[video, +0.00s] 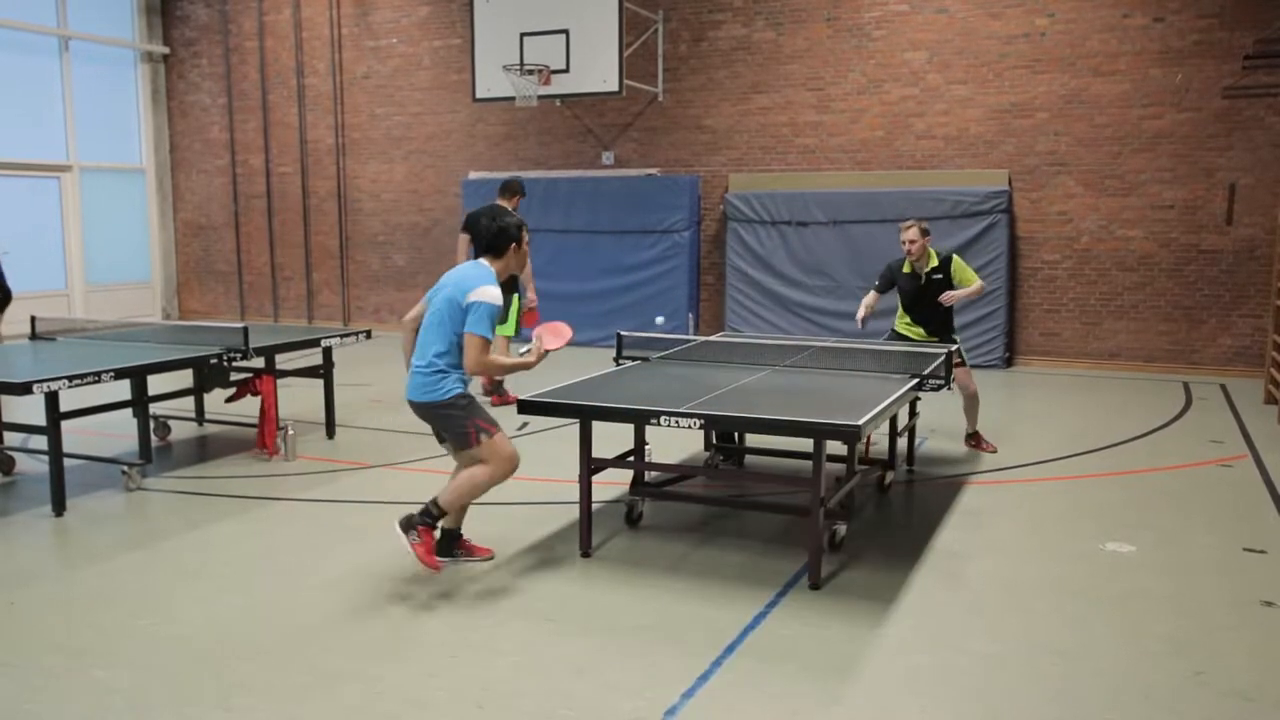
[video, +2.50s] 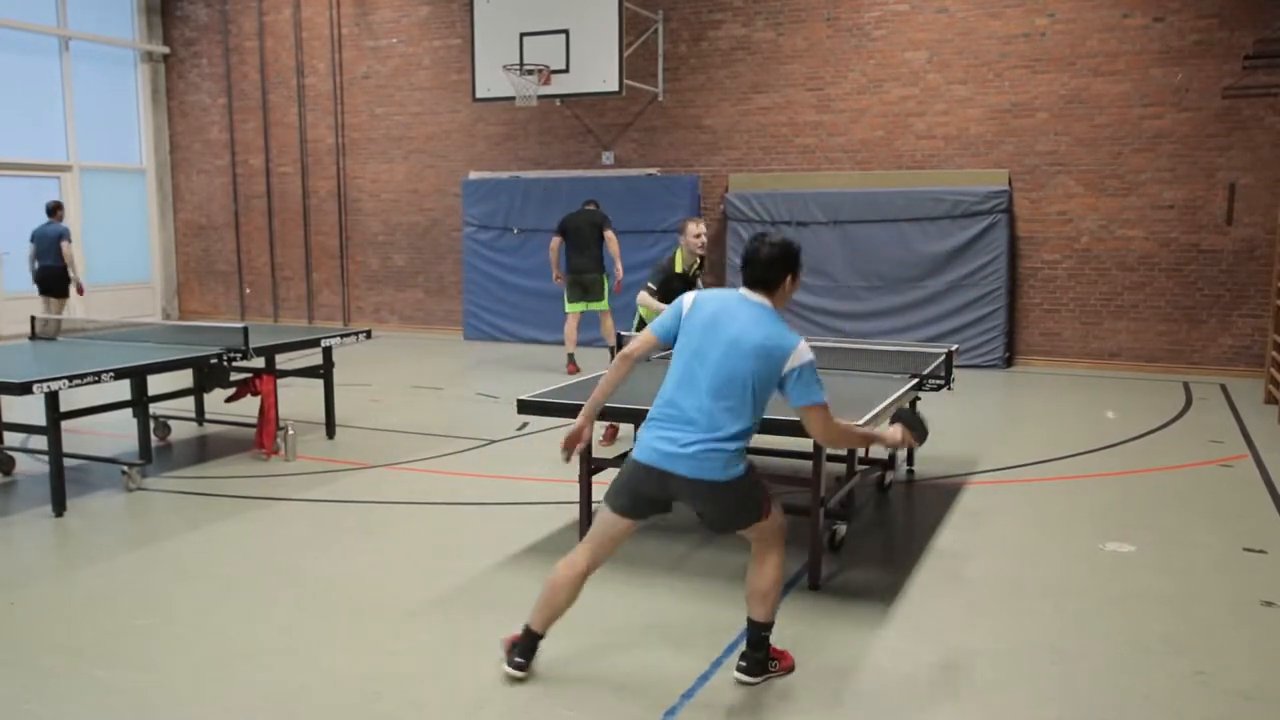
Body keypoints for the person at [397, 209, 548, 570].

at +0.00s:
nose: (527, 253)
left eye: (526, 246)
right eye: (525, 246)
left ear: (488, 246)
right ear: (513, 248)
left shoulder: (458, 274)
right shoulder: (487, 288)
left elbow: (410, 322)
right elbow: (475, 363)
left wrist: (414, 372)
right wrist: (526, 362)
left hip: (426, 388)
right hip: (442, 390)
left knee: (470, 461)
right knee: (504, 460)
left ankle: (450, 539)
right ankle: (422, 521)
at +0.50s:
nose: (562, 233)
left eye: (560, 228)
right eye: (560, 227)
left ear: (512, 227)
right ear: (552, 228)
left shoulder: (477, 267)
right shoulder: (559, 270)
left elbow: (444, 337)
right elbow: (588, 344)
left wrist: (467, 375)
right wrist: (614, 337)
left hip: (474, 399)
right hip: (529, 405)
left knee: (462, 489)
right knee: (561, 502)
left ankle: (428, 586)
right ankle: (550, 620)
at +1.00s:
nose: (652, 284)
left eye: (651, 279)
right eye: (651, 279)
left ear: (602, 275)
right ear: (644, 280)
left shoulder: (561, 304)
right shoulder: (652, 319)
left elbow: (498, 345)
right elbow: (722, 363)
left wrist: (497, 396)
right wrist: (699, 342)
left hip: (558, 448)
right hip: (621, 449)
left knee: (513, 545)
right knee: (678, 507)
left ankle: (465, 652)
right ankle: (721, 589)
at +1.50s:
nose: (681, 258)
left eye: (682, 251)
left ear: (683, 253)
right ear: (727, 256)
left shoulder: (663, 277)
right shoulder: (744, 298)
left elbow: (637, 326)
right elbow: (784, 374)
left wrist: (614, 397)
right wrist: (757, 364)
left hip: (657, 409)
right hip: (716, 413)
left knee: (615, 506)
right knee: (738, 490)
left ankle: (589, 617)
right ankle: (742, 582)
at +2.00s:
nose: (725, 233)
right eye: (724, 227)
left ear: (670, 227)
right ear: (717, 230)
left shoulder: (631, 264)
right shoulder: (724, 282)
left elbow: (578, 329)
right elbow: (757, 365)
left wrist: (584, 373)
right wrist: (787, 367)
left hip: (623, 410)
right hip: (687, 416)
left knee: (587, 512)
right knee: (725, 520)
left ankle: (557, 624)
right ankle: (750, 636)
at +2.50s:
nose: (799, 286)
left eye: (799, 279)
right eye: (799, 279)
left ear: (746, 274)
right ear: (788, 281)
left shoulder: (694, 302)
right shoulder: (787, 344)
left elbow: (629, 354)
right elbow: (825, 432)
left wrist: (586, 417)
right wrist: (881, 437)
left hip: (650, 459)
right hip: (717, 473)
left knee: (586, 554)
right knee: (769, 536)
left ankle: (524, 645)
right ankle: (756, 655)